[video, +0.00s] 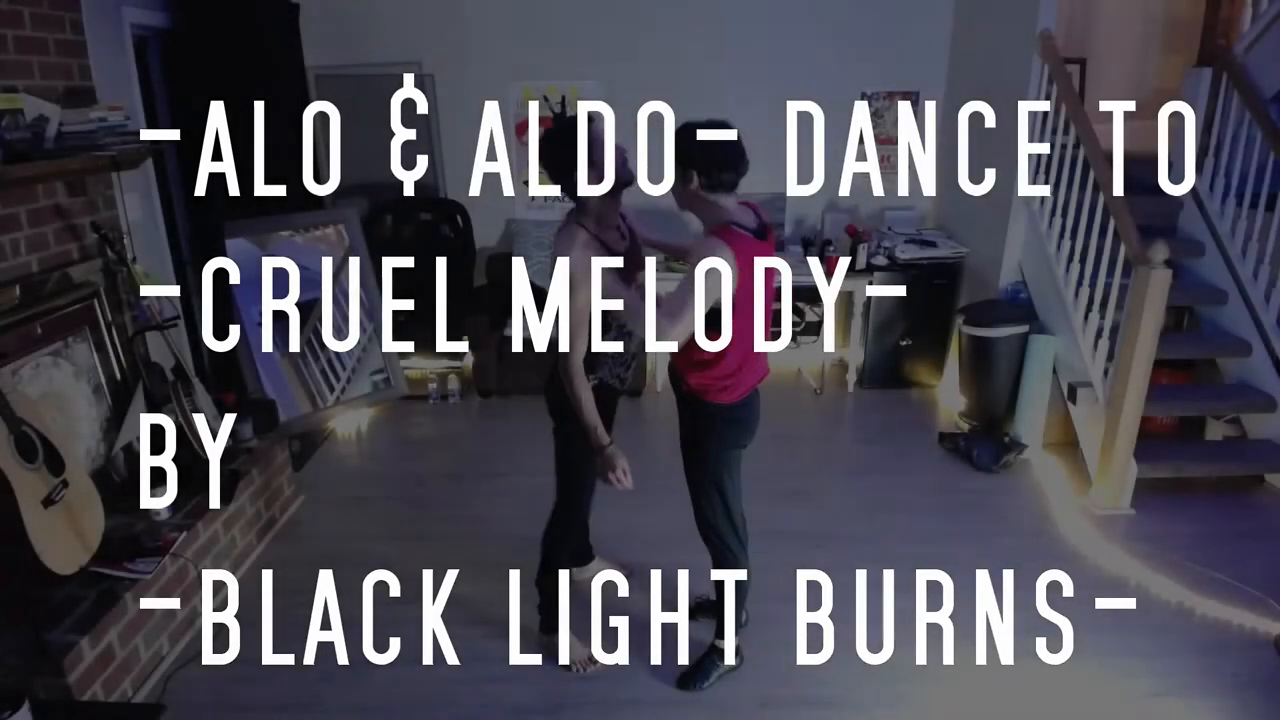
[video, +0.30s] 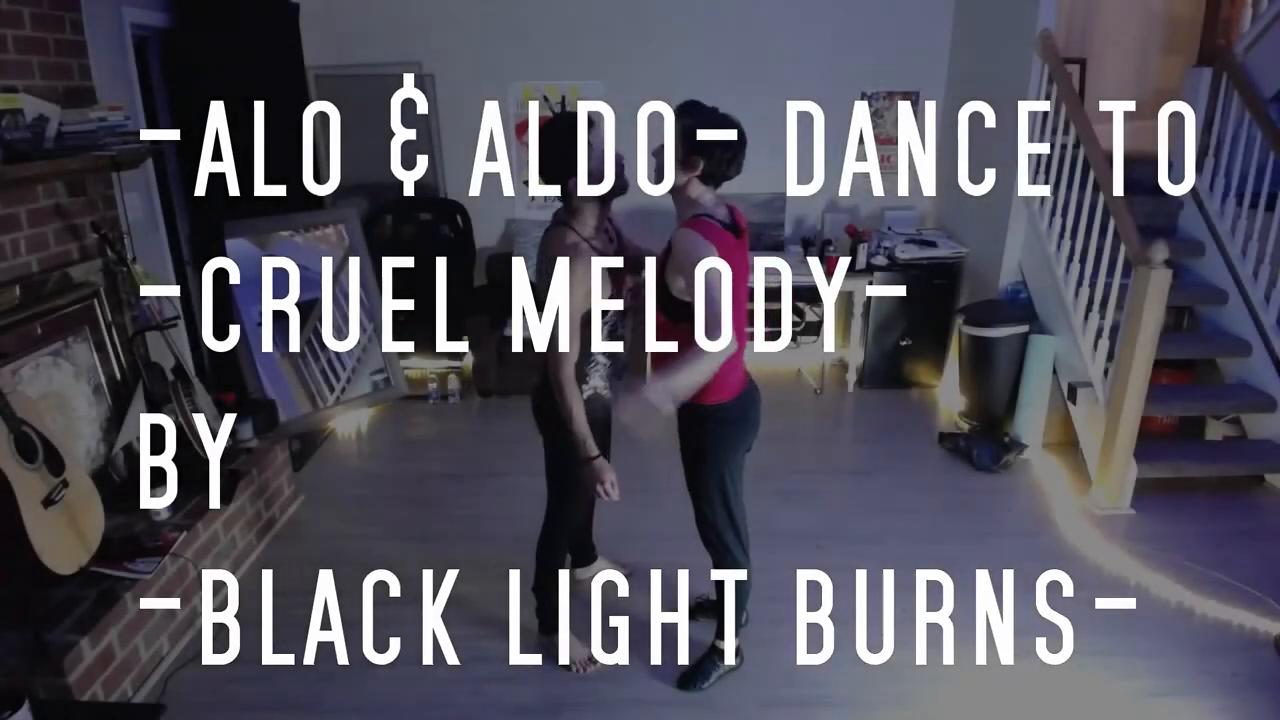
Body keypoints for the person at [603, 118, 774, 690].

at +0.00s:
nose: (671, 183)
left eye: (676, 173)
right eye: (673, 172)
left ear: (693, 180)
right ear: (732, 176)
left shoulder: (714, 251)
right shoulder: (750, 222)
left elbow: (664, 329)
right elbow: (690, 244)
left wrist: (626, 288)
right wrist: (633, 236)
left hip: (712, 410)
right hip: (734, 397)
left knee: (717, 521)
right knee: (723, 507)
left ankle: (728, 645)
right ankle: (734, 599)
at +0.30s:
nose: (657, 159)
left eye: (667, 151)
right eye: (663, 148)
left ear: (690, 165)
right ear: (714, 166)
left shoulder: (696, 242)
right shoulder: (720, 219)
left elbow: (719, 342)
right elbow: (685, 295)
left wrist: (667, 389)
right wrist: (634, 262)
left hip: (713, 409)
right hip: (723, 399)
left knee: (718, 524)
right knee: (723, 511)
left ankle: (728, 645)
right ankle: (734, 601)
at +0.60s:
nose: (670, 160)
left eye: (682, 152)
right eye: (674, 149)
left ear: (710, 165)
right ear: (708, 165)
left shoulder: (712, 253)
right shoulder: (699, 235)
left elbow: (743, 360)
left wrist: (711, 442)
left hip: (704, 415)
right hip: (691, 407)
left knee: (710, 527)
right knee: (709, 514)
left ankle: (727, 645)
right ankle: (723, 599)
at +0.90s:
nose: (680, 173)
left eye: (690, 165)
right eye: (682, 162)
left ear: (730, 173)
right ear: (723, 173)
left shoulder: (744, 236)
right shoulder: (709, 236)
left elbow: (765, 336)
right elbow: (684, 315)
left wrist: (690, 378)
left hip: (708, 416)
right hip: (681, 410)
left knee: (695, 532)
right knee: (692, 531)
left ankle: (724, 645)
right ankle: (721, 638)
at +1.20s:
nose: (692, 187)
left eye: (707, 177)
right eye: (688, 173)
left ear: (738, 183)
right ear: (682, 175)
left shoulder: (746, 232)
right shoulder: (697, 245)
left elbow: (782, 320)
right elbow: (675, 316)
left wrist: (726, 365)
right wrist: (629, 296)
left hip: (722, 423)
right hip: (680, 413)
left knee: (691, 547)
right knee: (672, 507)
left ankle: (724, 648)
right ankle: (681, 587)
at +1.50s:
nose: (704, 196)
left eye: (719, 188)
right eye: (697, 183)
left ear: (737, 191)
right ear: (683, 179)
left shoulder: (746, 239)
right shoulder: (669, 251)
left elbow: (794, 306)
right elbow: (658, 318)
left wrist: (817, 384)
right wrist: (614, 293)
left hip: (740, 418)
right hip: (687, 414)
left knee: (709, 544)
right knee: (690, 517)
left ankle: (725, 649)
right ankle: (718, 582)